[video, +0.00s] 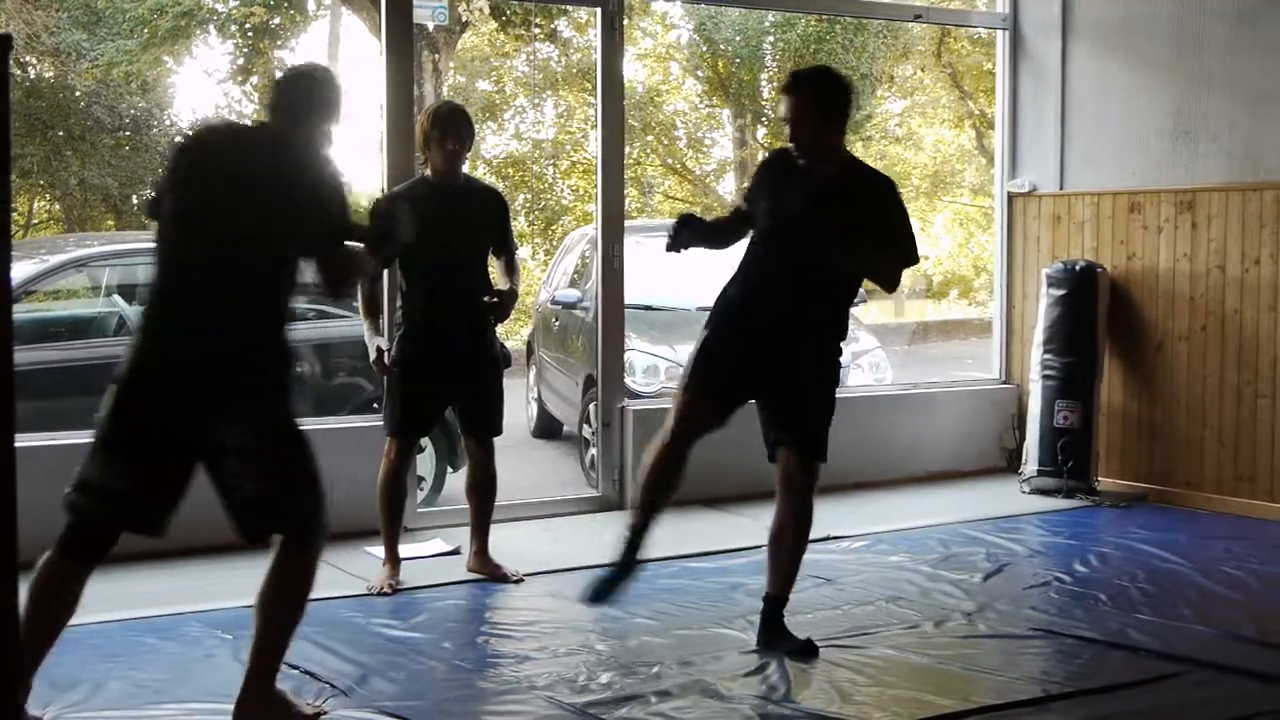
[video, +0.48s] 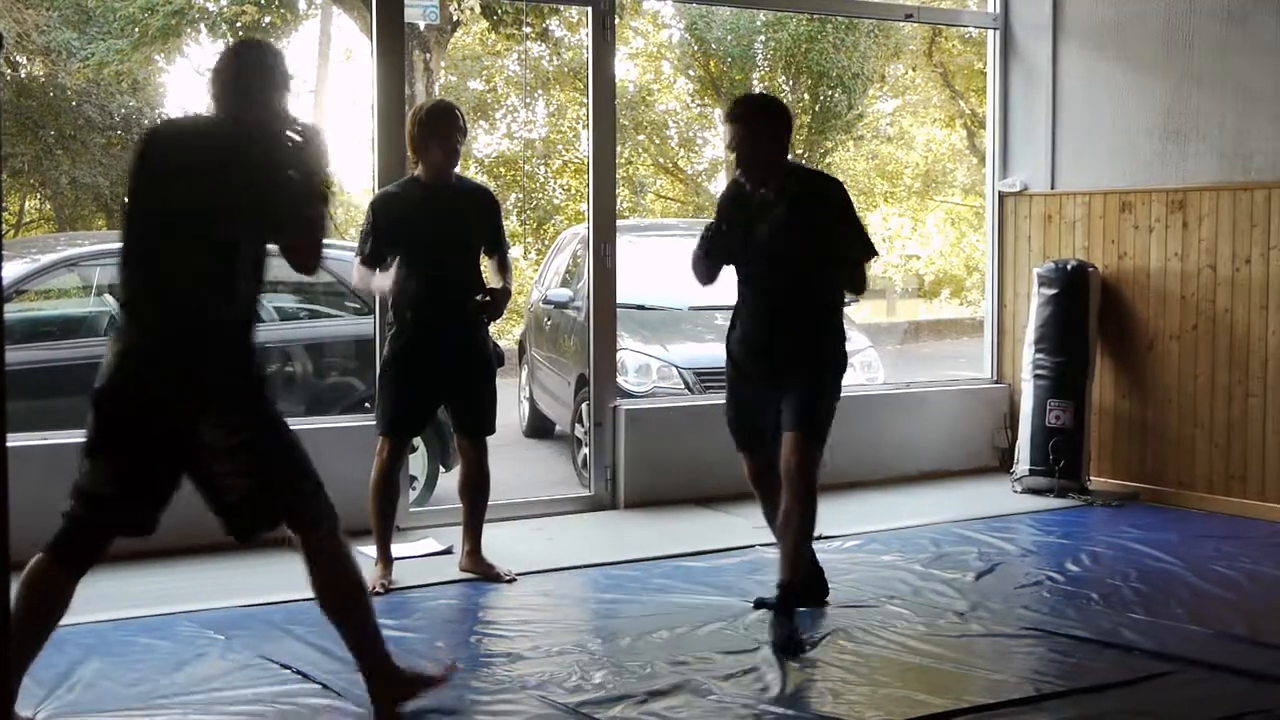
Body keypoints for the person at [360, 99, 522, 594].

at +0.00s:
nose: (452, 148)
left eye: (460, 139)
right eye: (443, 139)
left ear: (470, 144)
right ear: (425, 142)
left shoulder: (488, 200)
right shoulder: (397, 204)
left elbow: (508, 258)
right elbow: (371, 274)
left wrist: (510, 293)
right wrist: (375, 338)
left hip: (473, 337)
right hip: (416, 339)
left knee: (480, 446)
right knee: (399, 448)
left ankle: (479, 553)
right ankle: (390, 562)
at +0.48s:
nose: (454, 145)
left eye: (457, 136)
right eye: (445, 136)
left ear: (463, 140)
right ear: (420, 141)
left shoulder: (479, 199)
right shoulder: (390, 203)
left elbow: (500, 260)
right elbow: (361, 273)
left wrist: (503, 294)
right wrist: (385, 282)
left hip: (467, 336)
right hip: (410, 339)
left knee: (473, 445)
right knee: (391, 447)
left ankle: (471, 552)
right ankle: (382, 562)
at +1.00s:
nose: (491, 144)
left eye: (489, 135)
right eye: (483, 135)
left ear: (456, 140)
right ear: (457, 140)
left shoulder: (480, 200)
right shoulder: (420, 191)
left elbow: (483, 264)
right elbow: (400, 277)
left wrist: (501, 290)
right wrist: (446, 319)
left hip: (478, 335)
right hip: (427, 338)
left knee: (478, 447)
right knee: (404, 448)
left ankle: (473, 551)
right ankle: (382, 551)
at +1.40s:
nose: (514, 152)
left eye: (513, 143)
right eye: (507, 143)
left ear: (489, 146)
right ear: (482, 146)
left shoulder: (502, 208)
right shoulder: (438, 198)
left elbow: (505, 270)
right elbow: (411, 272)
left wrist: (529, 309)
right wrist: (433, 334)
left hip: (495, 341)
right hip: (447, 340)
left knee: (487, 447)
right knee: (432, 447)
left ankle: (471, 553)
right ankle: (402, 543)